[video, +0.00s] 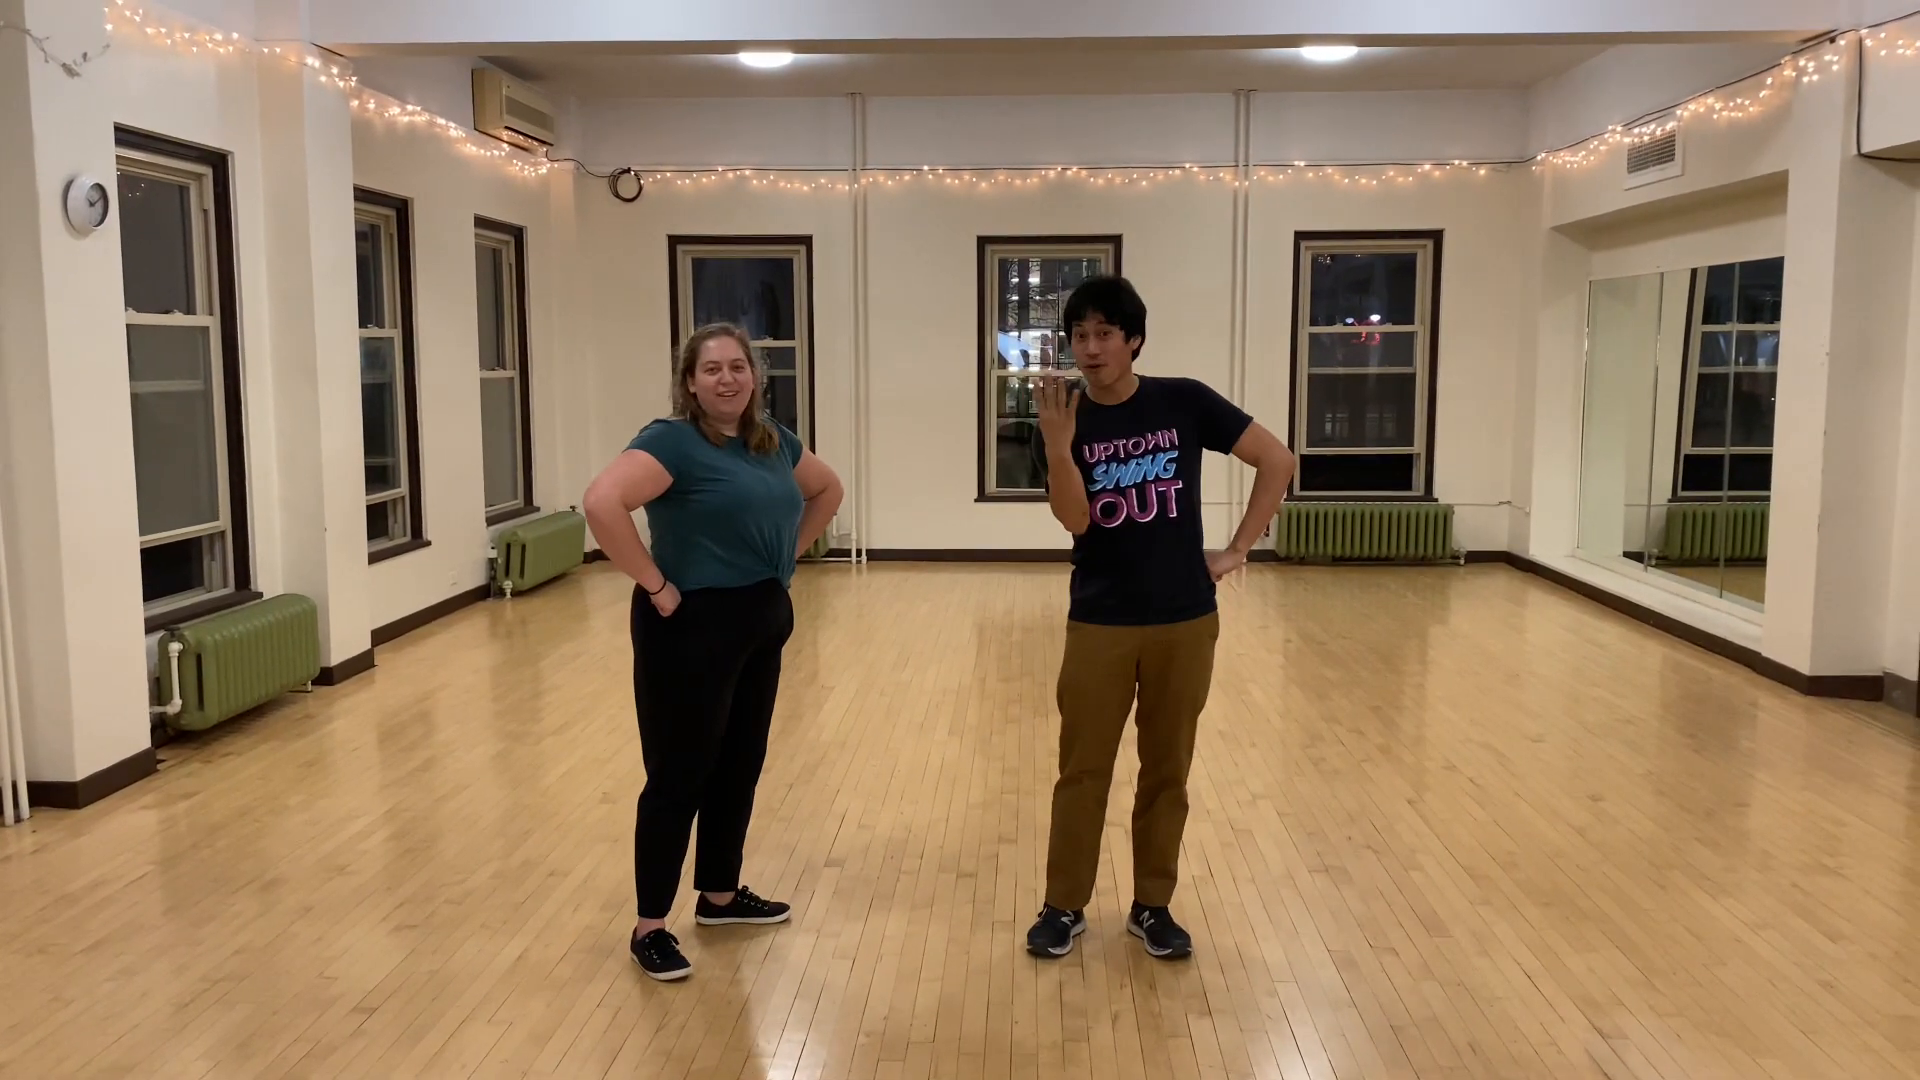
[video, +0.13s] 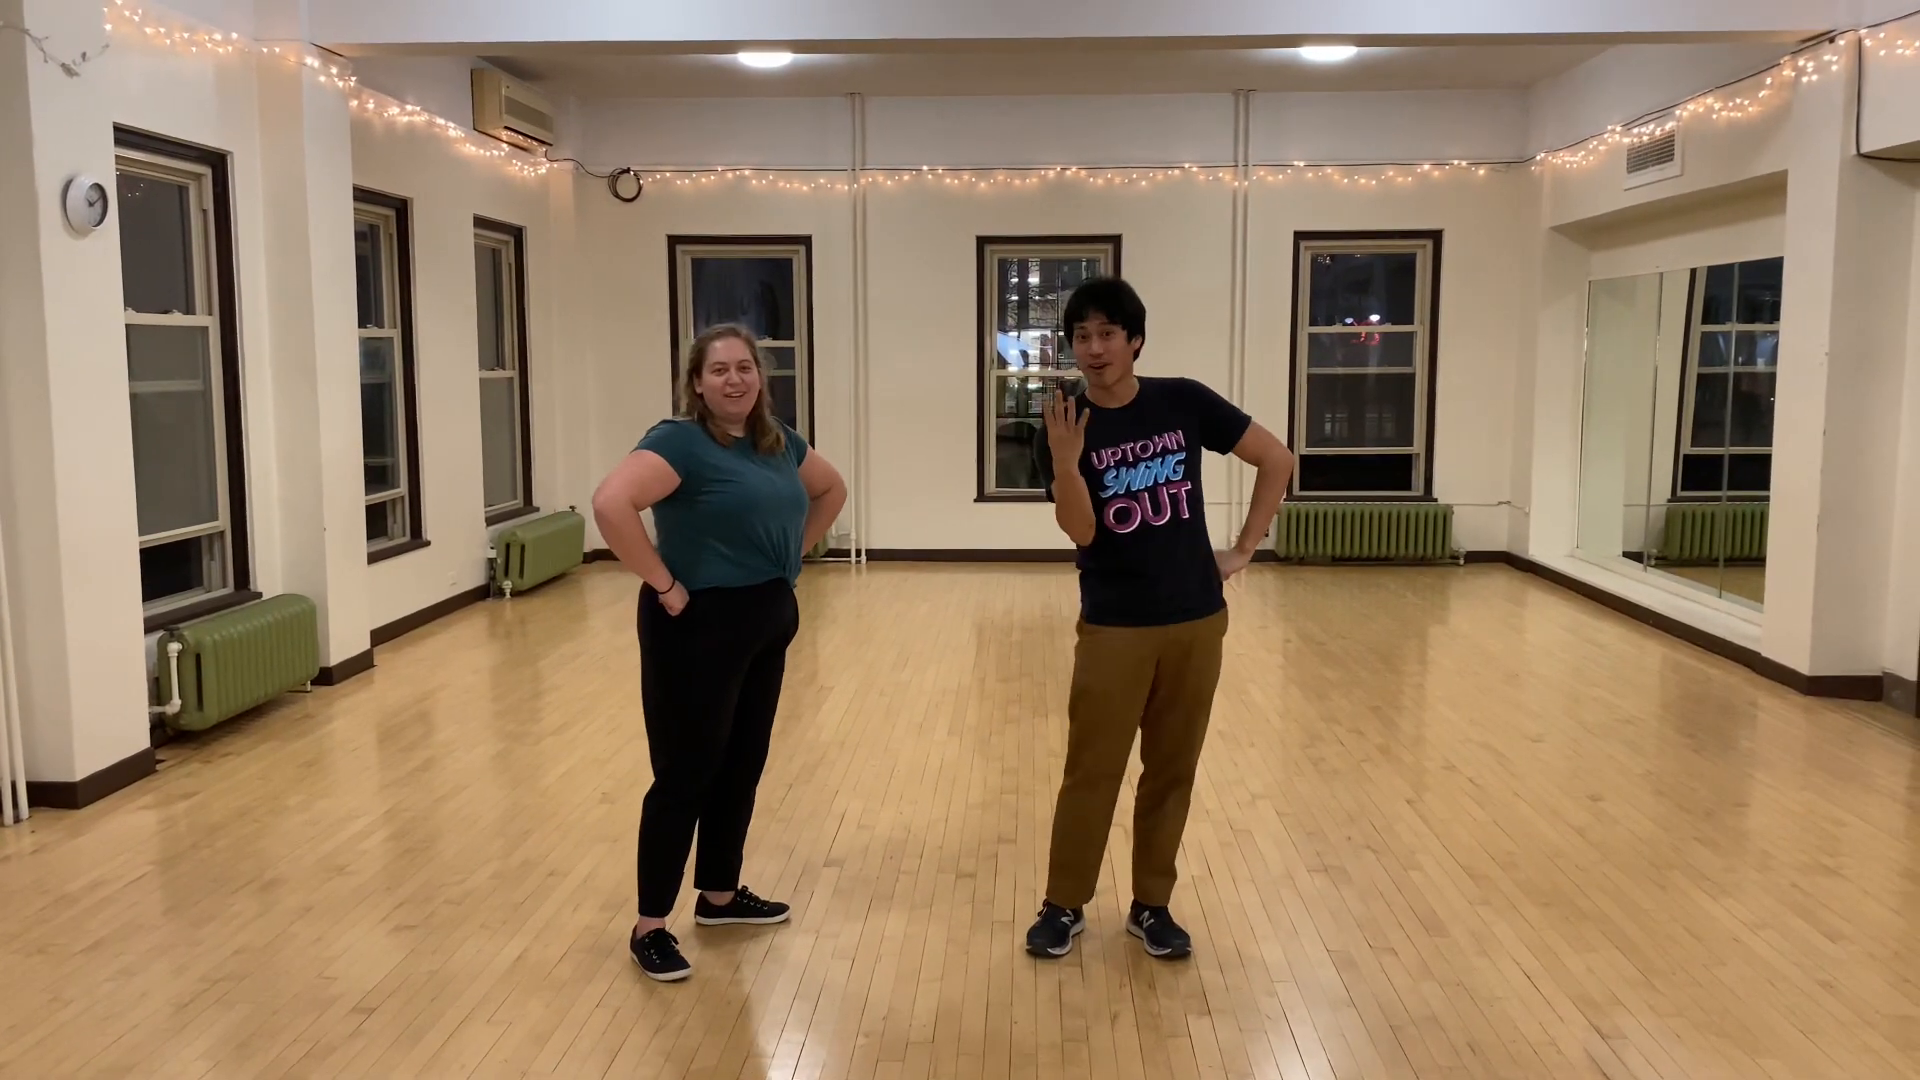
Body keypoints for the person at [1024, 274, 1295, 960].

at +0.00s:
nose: (1091, 346)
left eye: (1105, 333)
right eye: (1081, 334)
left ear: (1135, 340)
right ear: (1071, 344)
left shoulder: (1185, 401)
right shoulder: (1068, 422)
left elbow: (1277, 462)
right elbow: (1074, 520)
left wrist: (1236, 550)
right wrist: (1058, 443)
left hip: (1183, 617)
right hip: (1099, 621)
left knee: (1167, 774)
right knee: (1082, 771)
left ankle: (1152, 907)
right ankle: (1063, 906)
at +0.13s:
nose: (1094, 347)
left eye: (1107, 334)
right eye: (1082, 335)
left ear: (1134, 340)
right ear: (1072, 346)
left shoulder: (1183, 401)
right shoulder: (1071, 428)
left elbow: (1276, 460)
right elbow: (1080, 531)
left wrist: (1242, 550)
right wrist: (1066, 460)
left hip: (1194, 618)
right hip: (1113, 627)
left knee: (1172, 774)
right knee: (1091, 773)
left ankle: (1151, 906)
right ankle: (1063, 905)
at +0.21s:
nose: (1096, 348)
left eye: (1109, 334)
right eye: (1084, 336)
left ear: (1137, 340)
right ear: (1073, 347)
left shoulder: (1186, 401)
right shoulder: (1071, 429)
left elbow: (1273, 459)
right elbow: (1084, 537)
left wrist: (1244, 548)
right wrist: (1067, 472)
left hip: (1199, 617)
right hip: (1119, 627)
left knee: (1172, 773)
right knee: (1094, 774)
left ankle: (1151, 906)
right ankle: (1062, 905)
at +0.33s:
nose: (1102, 345)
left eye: (1116, 331)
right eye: (1090, 334)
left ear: (1144, 337)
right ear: (1081, 345)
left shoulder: (1191, 401)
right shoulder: (1074, 431)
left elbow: (1270, 465)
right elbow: (1083, 546)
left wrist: (1248, 557)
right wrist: (1069, 489)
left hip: (1199, 617)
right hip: (1120, 626)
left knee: (1172, 772)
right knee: (1096, 772)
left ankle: (1149, 905)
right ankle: (1062, 904)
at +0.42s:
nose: (1108, 340)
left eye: (1121, 326)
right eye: (1096, 329)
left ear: (1151, 333)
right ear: (1087, 342)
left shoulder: (1198, 402)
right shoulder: (1074, 428)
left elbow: (1260, 480)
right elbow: (1066, 547)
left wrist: (1259, 571)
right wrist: (1070, 519)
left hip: (1197, 620)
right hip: (1117, 626)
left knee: (1170, 771)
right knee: (1096, 771)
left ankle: (1149, 905)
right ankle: (1062, 904)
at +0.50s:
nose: (1107, 337)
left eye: (1120, 324)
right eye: (1100, 327)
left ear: (1160, 332)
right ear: (1095, 336)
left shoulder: (1207, 408)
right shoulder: (1079, 423)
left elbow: (1246, 507)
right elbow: (1055, 527)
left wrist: (1263, 602)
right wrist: (1068, 581)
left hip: (1191, 624)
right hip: (1109, 626)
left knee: (1166, 773)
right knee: (1090, 772)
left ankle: (1149, 905)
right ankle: (1064, 903)